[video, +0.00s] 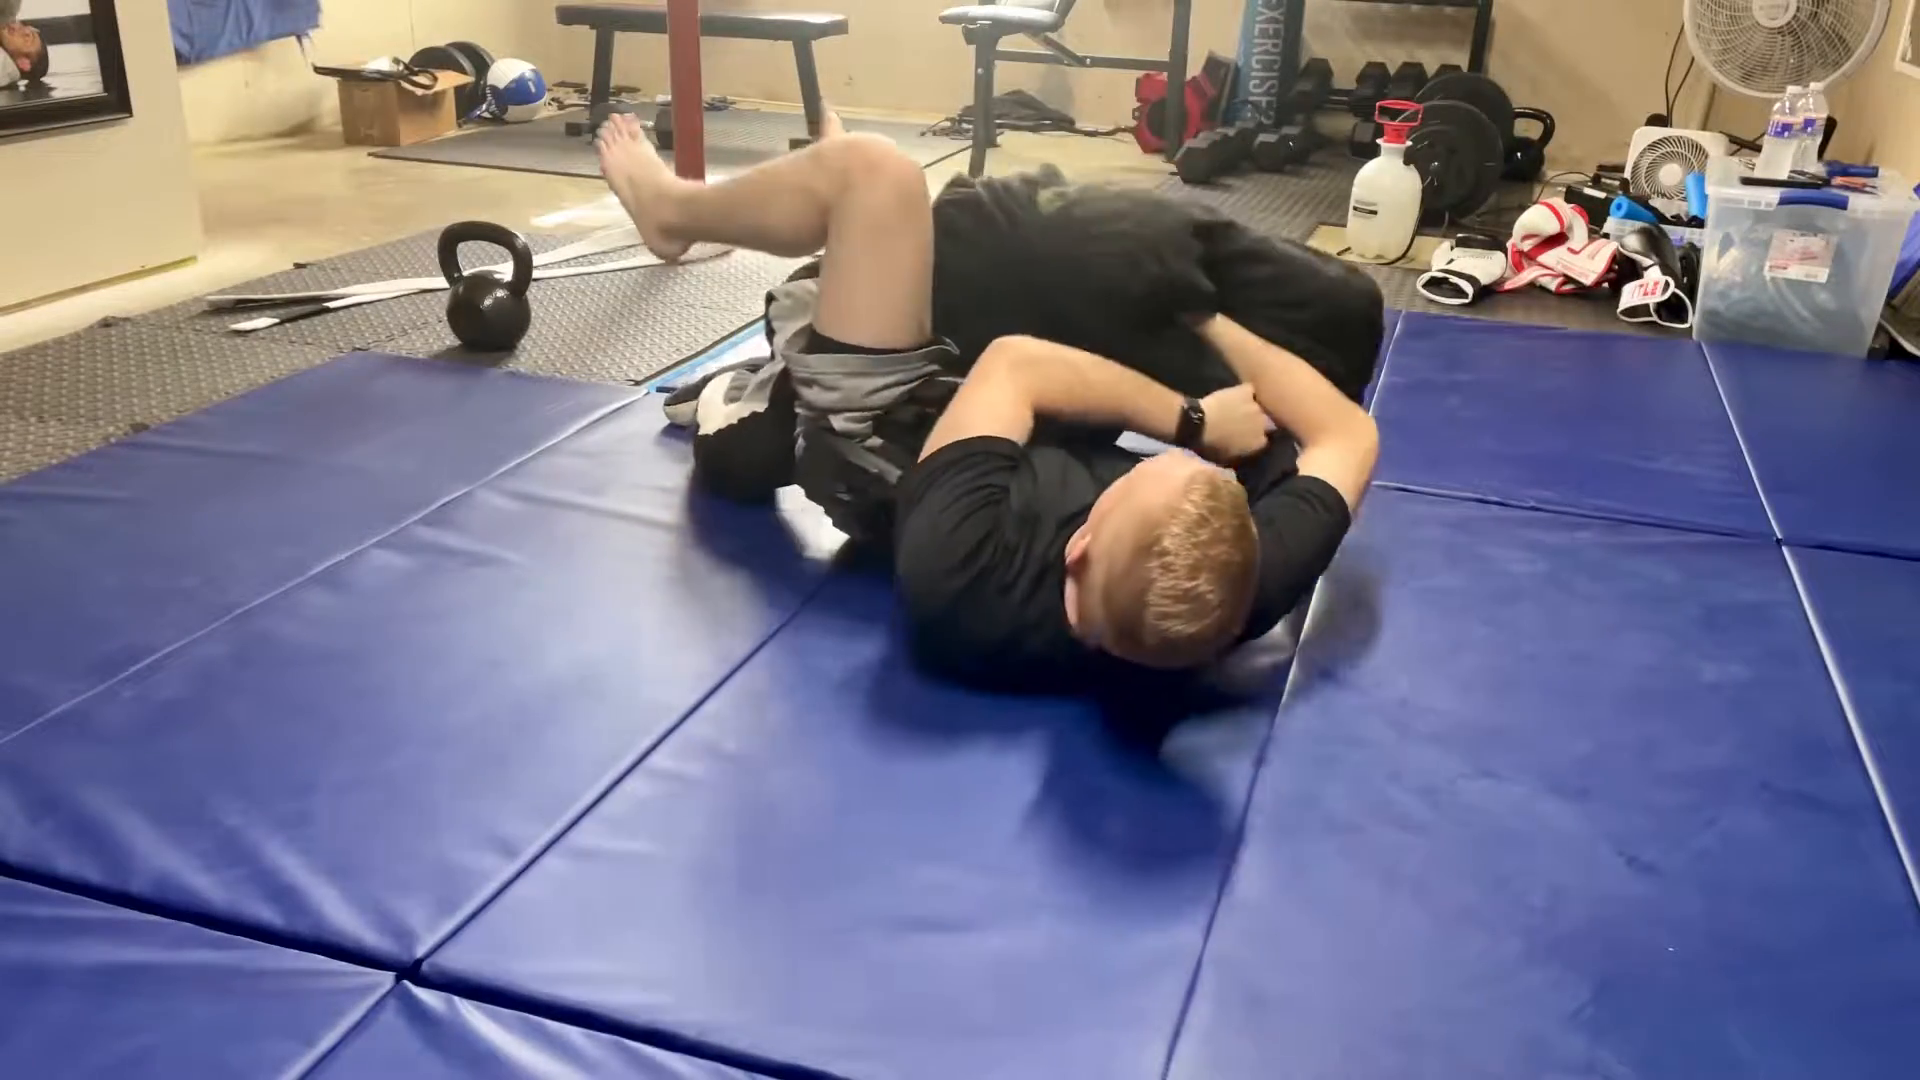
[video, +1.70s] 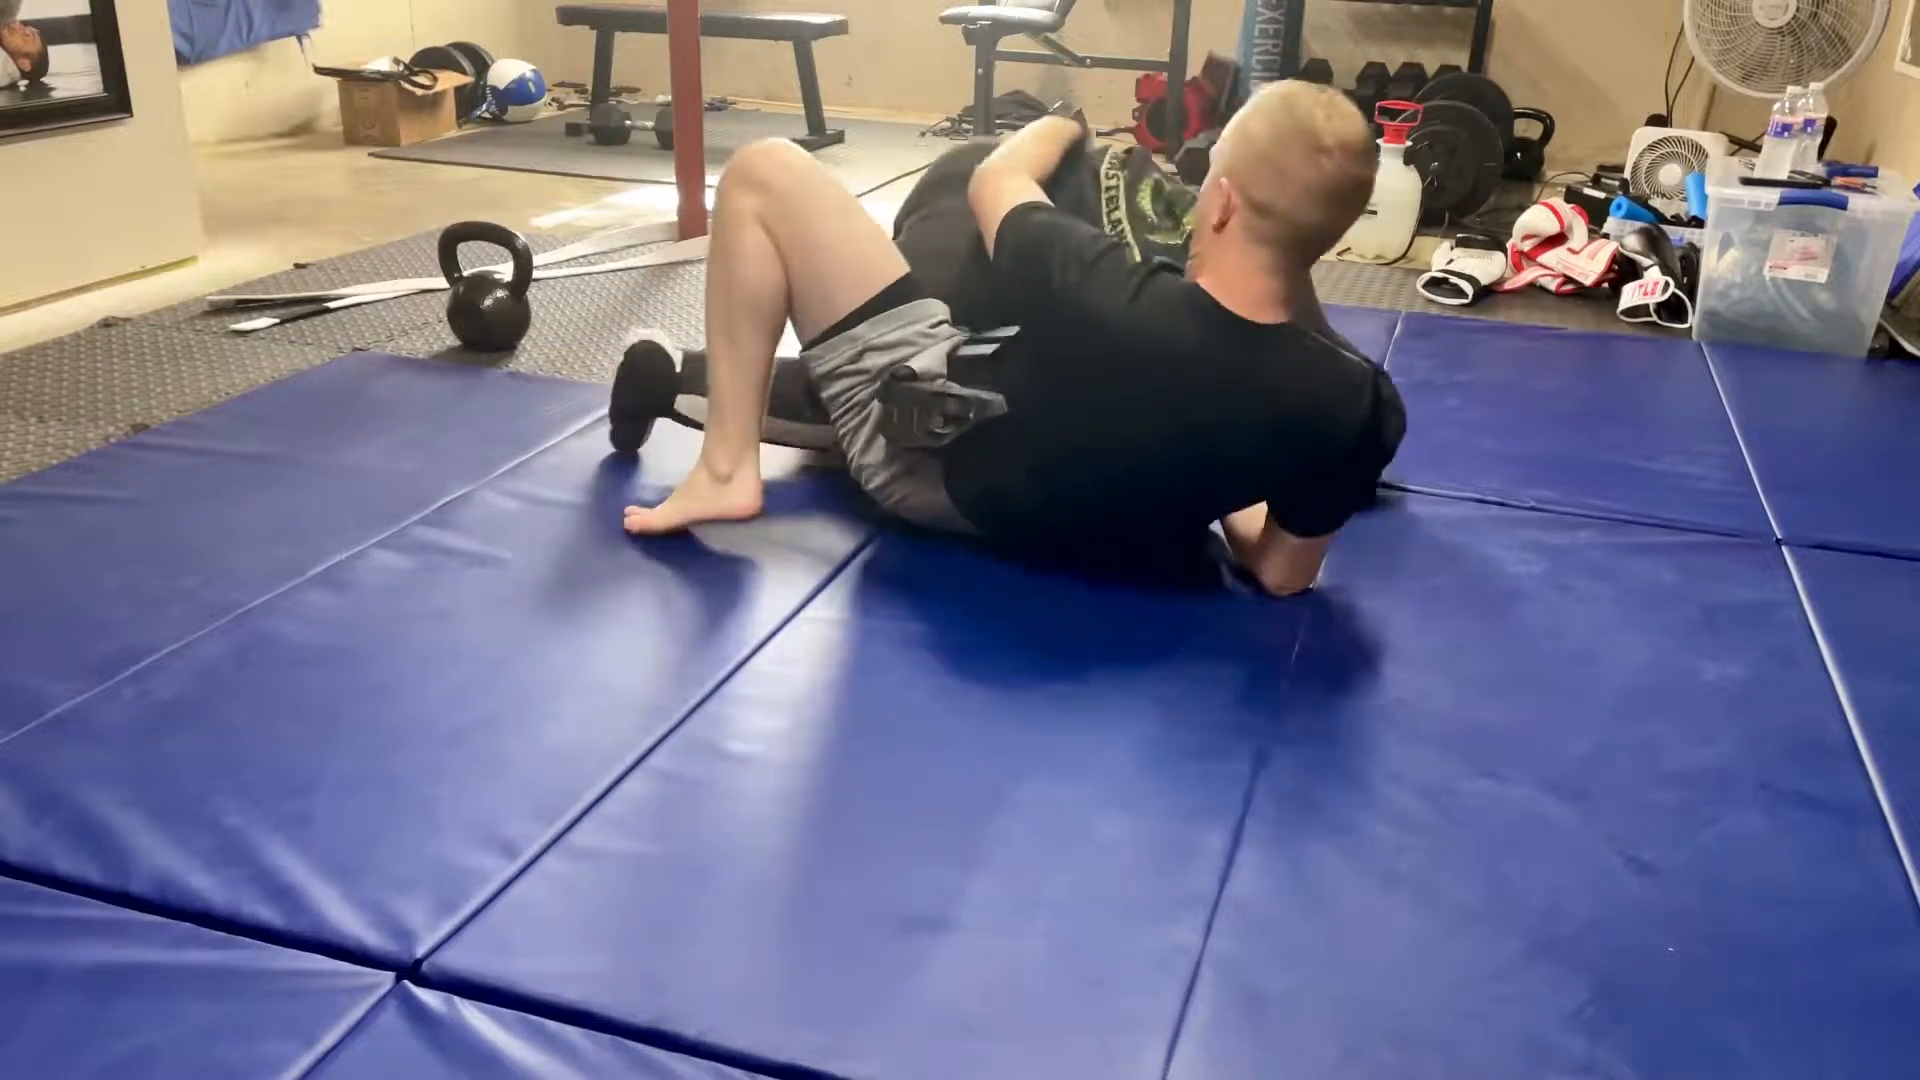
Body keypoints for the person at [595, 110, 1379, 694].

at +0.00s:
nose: (1151, 472)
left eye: (1145, 486)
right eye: (1175, 478)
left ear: (1081, 555)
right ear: (1238, 567)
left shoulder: (963, 585)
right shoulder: (1255, 574)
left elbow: (1015, 365)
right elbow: (1348, 436)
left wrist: (1196, 417)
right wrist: (1204, 316)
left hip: (887, 442)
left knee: (875, 170)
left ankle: (674, 212)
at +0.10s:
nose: (1186, 416)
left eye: (1153, 461)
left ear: (1108, 515)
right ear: (1241, 584)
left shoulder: (984, 548)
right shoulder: (1259, 598)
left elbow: (1058, 353)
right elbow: (1371, 490)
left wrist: (1181, 427)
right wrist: (1243, 381)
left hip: (897, 453)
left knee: (877, 164)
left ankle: (657, 219)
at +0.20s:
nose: (1172, 367)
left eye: (1182, 374)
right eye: (1204, 357)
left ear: (1134, 436)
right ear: (1265, 497)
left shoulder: (1012, 493)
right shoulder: (1274, 582)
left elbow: (1080, 334)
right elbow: (1369, 545)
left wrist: (1179, 415)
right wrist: (1262, 436)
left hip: (888, 443)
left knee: (857, 144)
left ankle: (636, 245)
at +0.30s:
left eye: (1142, 318)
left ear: (1133, 366)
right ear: (1269, 415)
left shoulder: (1031, 428)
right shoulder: (1280, 534)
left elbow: (1067, 262)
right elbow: (1377, 570)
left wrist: (1192, 323)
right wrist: (1284, 450)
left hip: (892, 434)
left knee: (820, 133)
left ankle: (621, 306)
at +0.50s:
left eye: (1132, 187)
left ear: (1125, 218)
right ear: (1249, 257)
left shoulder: (1027, 276)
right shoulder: (1268, 416)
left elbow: (1054, 143)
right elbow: (1349, 575)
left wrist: (1176, 99)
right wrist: (1268, 476)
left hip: (884, 472)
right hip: (1046, 560)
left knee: (773, 147)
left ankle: (623, 380)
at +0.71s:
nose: (1114, 144)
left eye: (1123, 135)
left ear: (1122, 147)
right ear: (1243, 182)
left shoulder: (1018, 197)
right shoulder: (1268, 356)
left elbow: (1004, 140)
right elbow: (1291, 564)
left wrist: (1075, 149)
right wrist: (1214, 467)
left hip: (877, 467)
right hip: (1009, 540)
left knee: (756, 158)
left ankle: (663, 419)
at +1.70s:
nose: (1204, 189)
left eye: (1211, 175)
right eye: (1213, 172)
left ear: (1220, 202)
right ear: (1339, 237)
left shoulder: (1090, 285)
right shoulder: (1355, 409)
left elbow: (997, 186)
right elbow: (1283, 573)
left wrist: (1055, 127)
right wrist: (1238, 499)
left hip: (941, 480)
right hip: (1109, 538)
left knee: (763, 168)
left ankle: (726, 468)